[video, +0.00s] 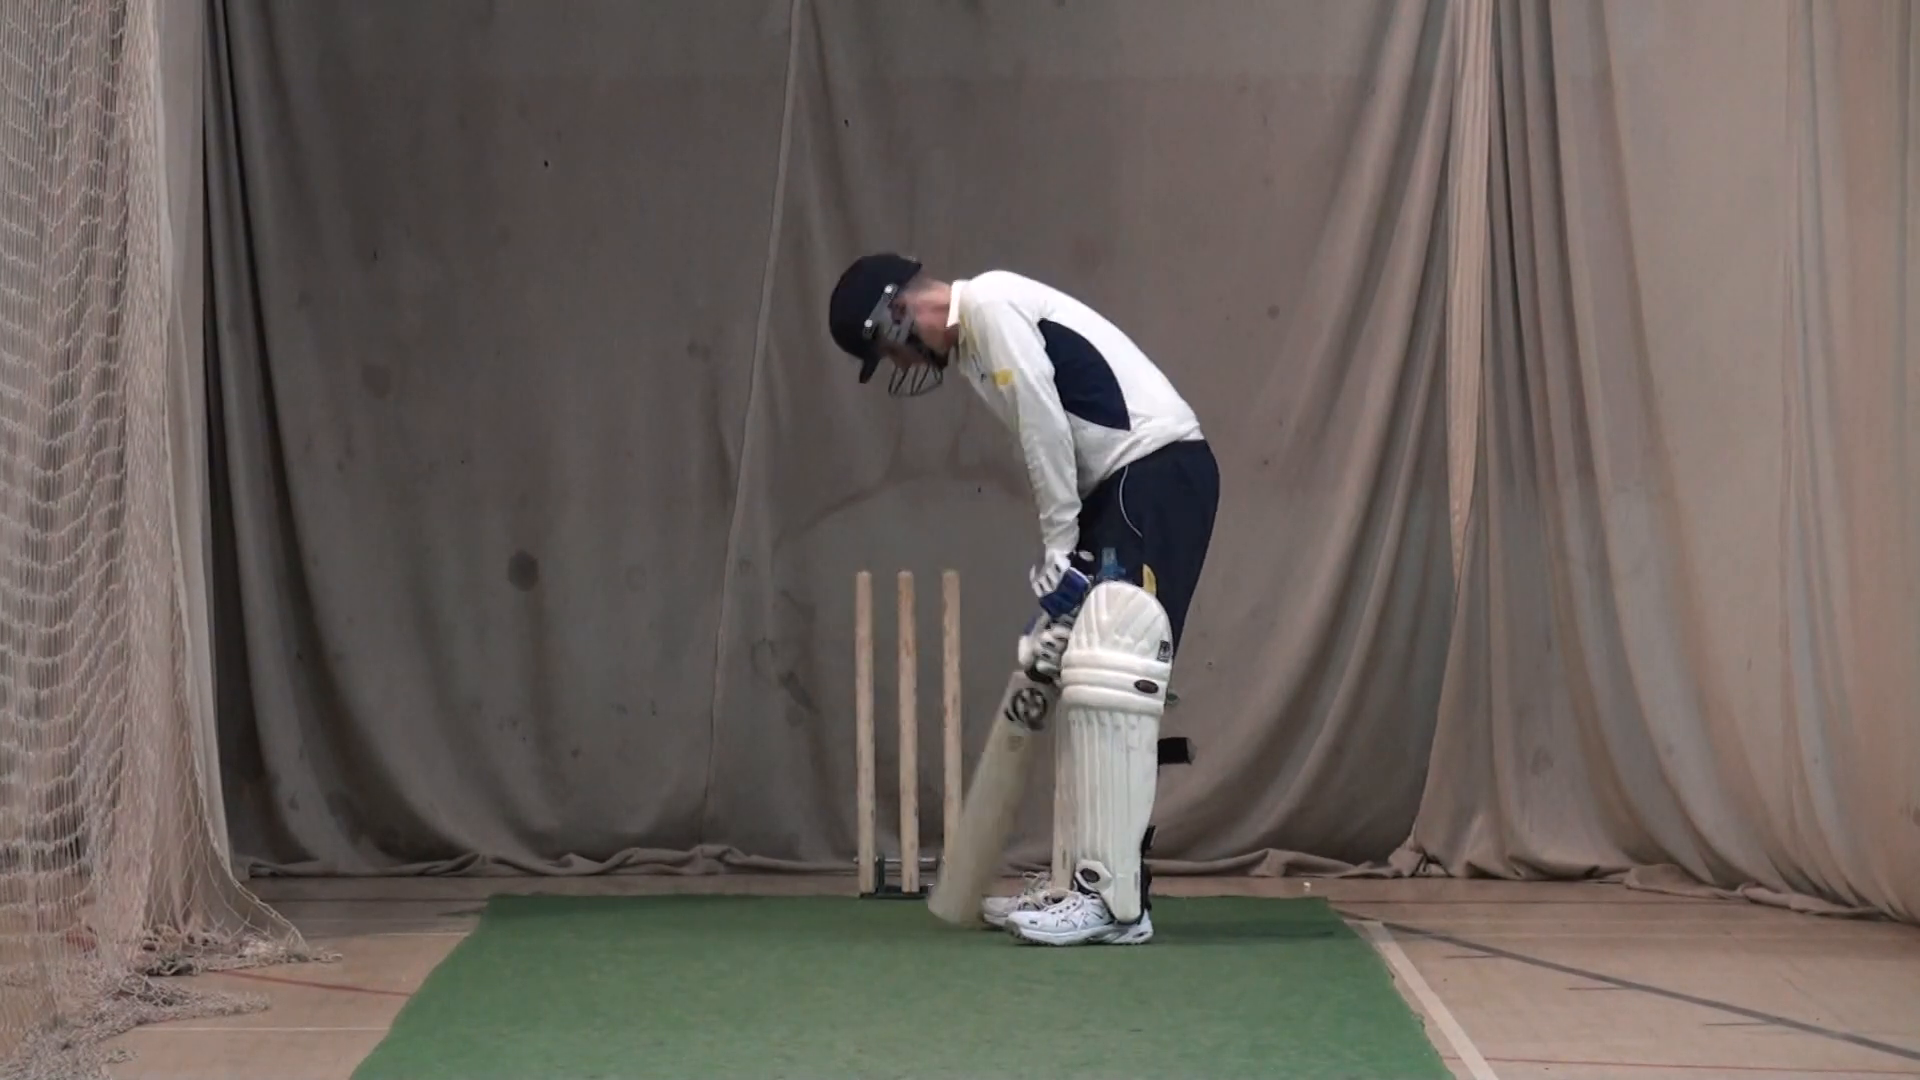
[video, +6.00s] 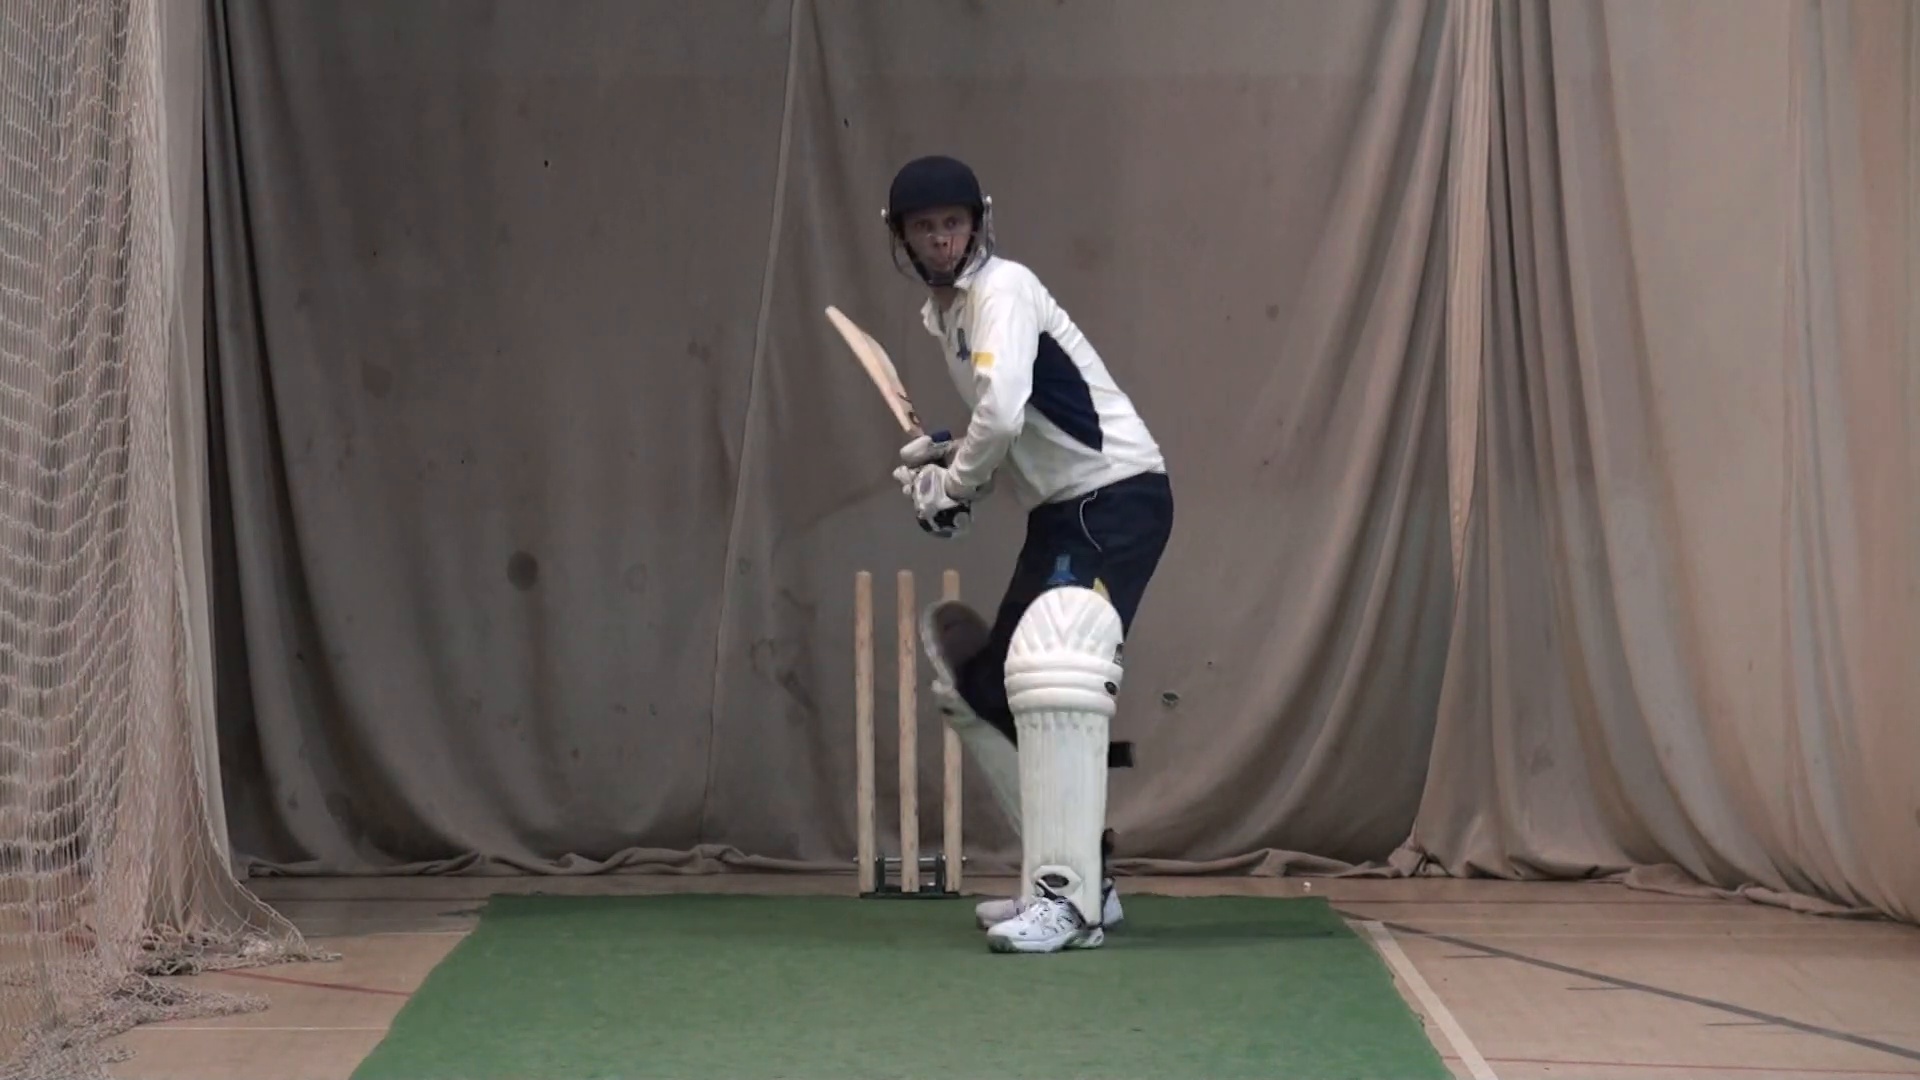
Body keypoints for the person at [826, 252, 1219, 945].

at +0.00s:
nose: (903, 360)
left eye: (892, 344)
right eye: (890, 353)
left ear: (904, 307)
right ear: (907, 306)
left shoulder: (989, 307)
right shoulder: (979, 328)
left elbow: (1047, 436)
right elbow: (1052, 447)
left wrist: (1060, 550)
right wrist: (1058, 583)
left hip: (1157, 472)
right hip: (1122, 483)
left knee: (1117, 683)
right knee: (1097, 681)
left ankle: (1113, 897)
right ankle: (1096, 886)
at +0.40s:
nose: (895, 267)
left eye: (902, 246)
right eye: (885, 254)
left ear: (947, 226)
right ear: (890, 256)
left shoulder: (994, 274)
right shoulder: (971, 305)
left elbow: (1044, 401)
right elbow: (1037, 430)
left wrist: (1029, 524)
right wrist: (1023, 563)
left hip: (1140, 472)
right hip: (1100, 481)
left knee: (1097, 681)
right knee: (1069, 681)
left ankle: (1112, 896)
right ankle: (1079, 883)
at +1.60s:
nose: (993, 181)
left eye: (1010, 164)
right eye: (979, 165)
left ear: (1037, 168)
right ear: (961, 173)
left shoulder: (1054, 241)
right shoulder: (995, 269)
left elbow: (1082, 377)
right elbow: (1042, 404)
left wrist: (1036, 496)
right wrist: (1012, 515)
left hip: (1131, 473)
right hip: (1083, 480)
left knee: (1097, 678)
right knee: (1056, 675)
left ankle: (1113, 896)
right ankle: (1079, 882)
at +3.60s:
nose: (967, 198)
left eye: (982, 182)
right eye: (952, 186)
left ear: (1013, 183)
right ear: (936, 195)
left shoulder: (1030, 243)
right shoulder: (992, 277)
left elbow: (1065, 377)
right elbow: (1043, 408)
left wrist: (1034, 488)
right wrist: (1011, 517)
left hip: (1126, 470)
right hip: (1080, 480)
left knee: (1082, 672)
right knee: (1037, 672)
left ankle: (1112, 898)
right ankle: (1076, 881)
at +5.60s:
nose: (957, 222)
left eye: (971, 205)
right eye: (940, 209)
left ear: (997, 206)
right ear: (920, 217)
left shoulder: (1020, 266)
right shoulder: (962, 293)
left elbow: (1000, 391)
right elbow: (1018, 404)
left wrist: (950, 469)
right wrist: (952, 454)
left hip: (1141, 474)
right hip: (1083, 490)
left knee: (1094, 677)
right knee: (1037, 676)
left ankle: (1123, 898)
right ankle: (1076, 883)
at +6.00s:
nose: (941, 242)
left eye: (954, 225)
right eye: (924, 229)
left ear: (978, 226)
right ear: (903, 239)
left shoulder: (1002, 289)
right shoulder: (951, 312)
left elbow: (1001, 411)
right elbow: (1011, 413)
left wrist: (954, 489)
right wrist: (950, 446)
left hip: (1115, 494)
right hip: (1060, 506)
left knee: (1055, 674)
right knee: (991, 687)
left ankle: (1067, 896)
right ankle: (1079, 878)